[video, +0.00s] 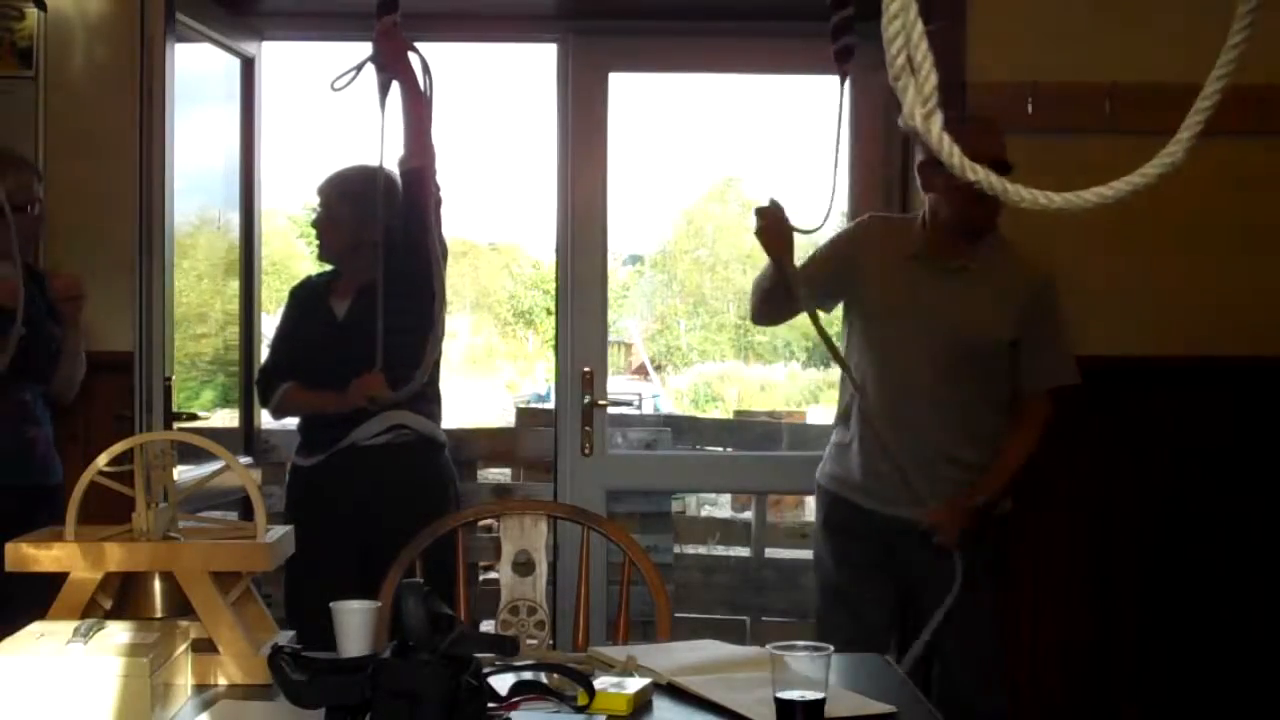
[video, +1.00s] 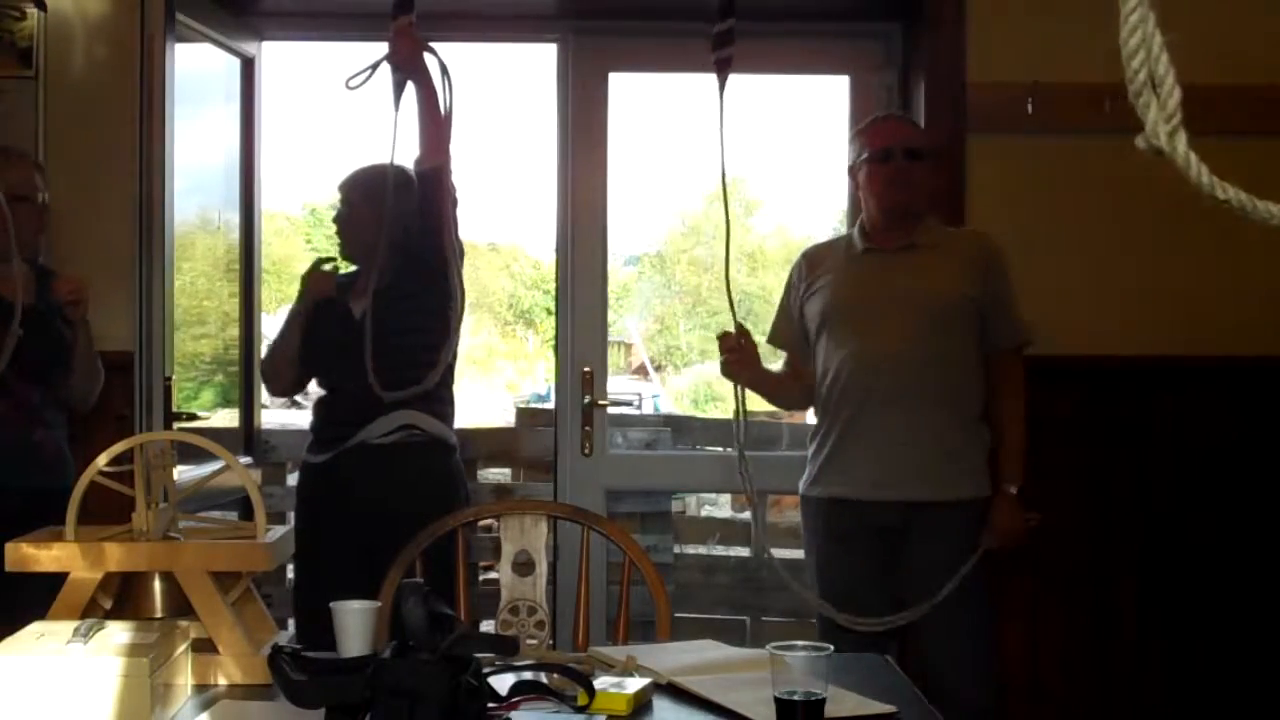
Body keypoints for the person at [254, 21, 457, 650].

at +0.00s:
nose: (315, 224)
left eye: (327, 213)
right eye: (319, 212)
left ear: (369, 222)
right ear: (346, 223)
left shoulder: (410, 286)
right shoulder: (307, 297)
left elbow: (419, 171)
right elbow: (275, 391)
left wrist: (404, 74)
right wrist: (346, 397)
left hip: (400, 486)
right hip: (319, 486)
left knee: (399, 622)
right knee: (317, 630)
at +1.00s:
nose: (336, 216)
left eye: (349, 204)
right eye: (339, 205)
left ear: (390, 212)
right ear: (358, 214)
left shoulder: (428, 279)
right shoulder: (328, 297)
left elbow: (435, 162)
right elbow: (279, 383)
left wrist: (418, 72)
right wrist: (305, 302)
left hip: (415, 463)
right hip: (333, 465)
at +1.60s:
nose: (359, 223)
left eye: (374, 210)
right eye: (352, 210)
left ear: (406, 218)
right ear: (342, 219)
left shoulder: (432, 278)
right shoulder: (330, 296)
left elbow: (436, 168)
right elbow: (285, 359)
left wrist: (417, 75)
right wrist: (326, 262)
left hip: (418, 462)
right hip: (335, 466)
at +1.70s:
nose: (360, 223)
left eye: (374, 211)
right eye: (352, 212)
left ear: (406, 219)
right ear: (342, 220)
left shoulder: (432, 278)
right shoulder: (332, 296)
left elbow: (435, 170)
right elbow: (288, 360)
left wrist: (415, 76)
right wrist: (328, 263)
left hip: (419, 455)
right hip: (338, 460)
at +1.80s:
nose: (369, 223)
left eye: (384, 211)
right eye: (358, 212)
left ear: (410, 220)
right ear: (346, 221)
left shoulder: (434, 276)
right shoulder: (335, 297)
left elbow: (434, 168)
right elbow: (289, 362)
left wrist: (414, 76)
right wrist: (331, 265)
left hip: (421, 468)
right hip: (337, 472)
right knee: (328, 649)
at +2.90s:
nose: (384, 204)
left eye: (399, 196)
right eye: (377, 197)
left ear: (426, 217)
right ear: (366, 217)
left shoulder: (441, 282)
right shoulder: (341, 284)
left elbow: (443, 170)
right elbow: (263, 253)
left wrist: (422, 79)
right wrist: (299, 175)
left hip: (417, 475)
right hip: (334, 475)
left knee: (422, 631)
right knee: (327, 641)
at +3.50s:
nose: (414, 191)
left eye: (427, 186)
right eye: (403, 186)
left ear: (446, 209)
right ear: (389, 211)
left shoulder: (457, 273)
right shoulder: (360, 266)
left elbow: (450, 174)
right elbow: (331, 183)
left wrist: (420, 82)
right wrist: (365, 86)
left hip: (430, 459)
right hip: (346, 459)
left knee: (441, 627)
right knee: (346, 634)